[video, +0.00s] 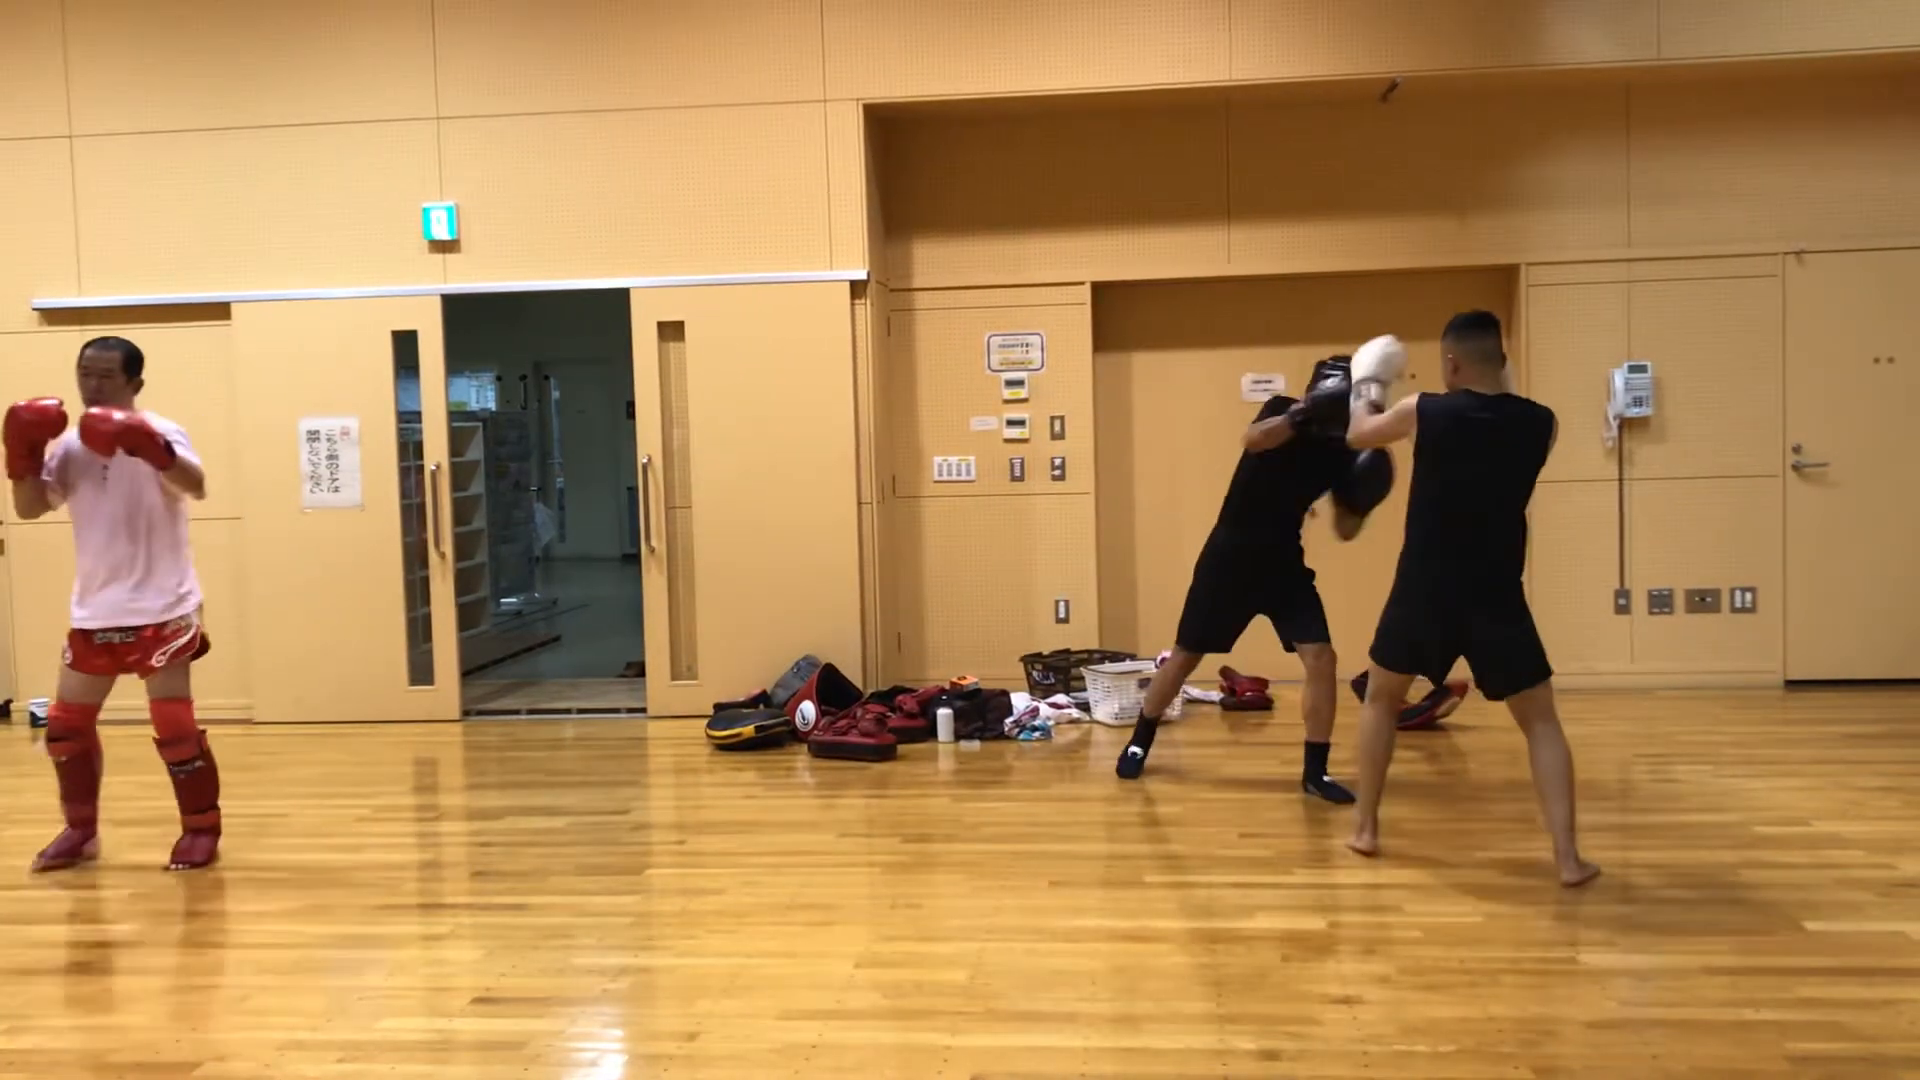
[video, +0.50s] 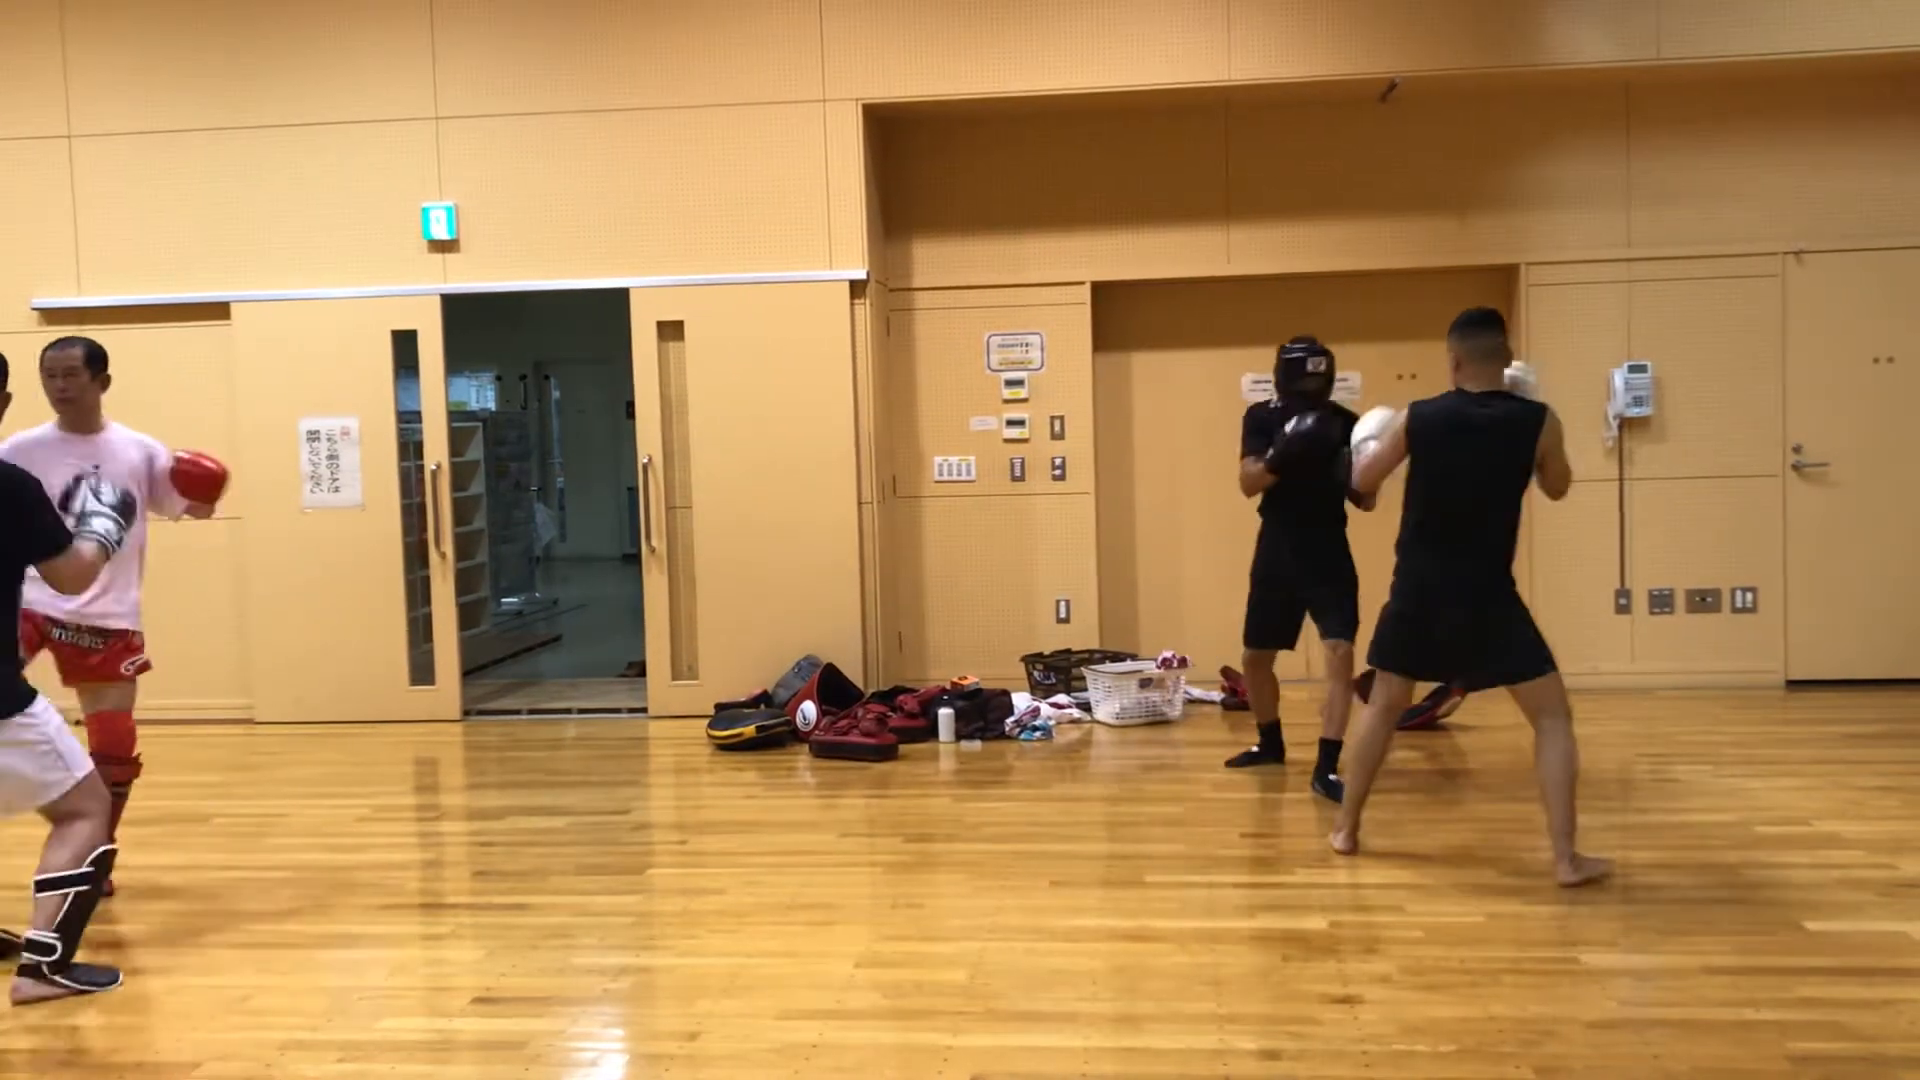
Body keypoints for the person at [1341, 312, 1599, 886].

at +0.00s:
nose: (1443, 368)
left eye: (1443, 361)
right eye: (1446, 360)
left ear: (1451, 361)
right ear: (1503, 357)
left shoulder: (1427, 410)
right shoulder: (1540, 422)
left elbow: (1360, 433)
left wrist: (1366, 393)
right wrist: (1474, 392)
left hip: (1424, 590)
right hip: (1498, 596)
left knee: (1383, 699)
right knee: (1540, 719)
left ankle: (1364, 828)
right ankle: (1568, 859)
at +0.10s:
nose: (1441, 370)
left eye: (1441, 362)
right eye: (1444, 362)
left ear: (1448, 362)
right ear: (1500, 358)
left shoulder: (1422, 415)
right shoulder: (1537, 423)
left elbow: (1356, 451)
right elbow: (1494, 463)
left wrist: (1368, 411)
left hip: (1419, 592)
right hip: (1493, 597)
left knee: (1373, 689)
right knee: (1538, 721)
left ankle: (1357, 817)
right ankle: (1569, 859)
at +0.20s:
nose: (1428, 375)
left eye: (1428, 367)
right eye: (1430, 367)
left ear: (1436, 370)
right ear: (1487, 364)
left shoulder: (1414, 418)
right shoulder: (1522, 428)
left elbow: (1363, 433)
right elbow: (1477, 442)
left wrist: (1371, 390)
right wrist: (1437, 394)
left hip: (1408, 596)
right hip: (1480, 600)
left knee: (1366, 701)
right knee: (1531, 722)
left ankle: (1342, 826)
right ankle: (1565, 858)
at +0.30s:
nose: (1420, 369)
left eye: (1421, 361)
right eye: (1423, 361)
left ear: (1426, 363)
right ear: (1479, 359)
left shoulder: (1406, 408)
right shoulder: (1513, 420)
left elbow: (1380, 427)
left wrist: (1416, 385)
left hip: (1403, 595)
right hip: (1475, 599)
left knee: (1364, 699)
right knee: (1523, 723)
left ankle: (1343, 828)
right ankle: (1559, 858)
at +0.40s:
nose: (1429, 365)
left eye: (1428, 358)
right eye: (1434, 358)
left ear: (1432, 358)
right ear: (1488, 354)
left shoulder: (1404, 409)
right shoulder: (1519, 417)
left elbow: (1368, 443)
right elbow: (1521, 471)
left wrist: (1398, 474)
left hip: (1402, 592)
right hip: (1474, 595)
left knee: (1368, 702)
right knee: (1528, 721)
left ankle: (1342, 828)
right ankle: (1559, 858)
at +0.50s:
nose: (1448, 365)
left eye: (1449, 358)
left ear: (1453, 360)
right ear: (1506, 358)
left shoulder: (1420, 418)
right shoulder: (1537, 422)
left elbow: (1364, 483)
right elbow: (1556, 485)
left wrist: (1362, 448)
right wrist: (1527, 418)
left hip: (1417, 599)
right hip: (1491, 601)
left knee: (1383, 707)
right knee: (1552, 718)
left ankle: (1346, 829)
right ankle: (1566, 858)